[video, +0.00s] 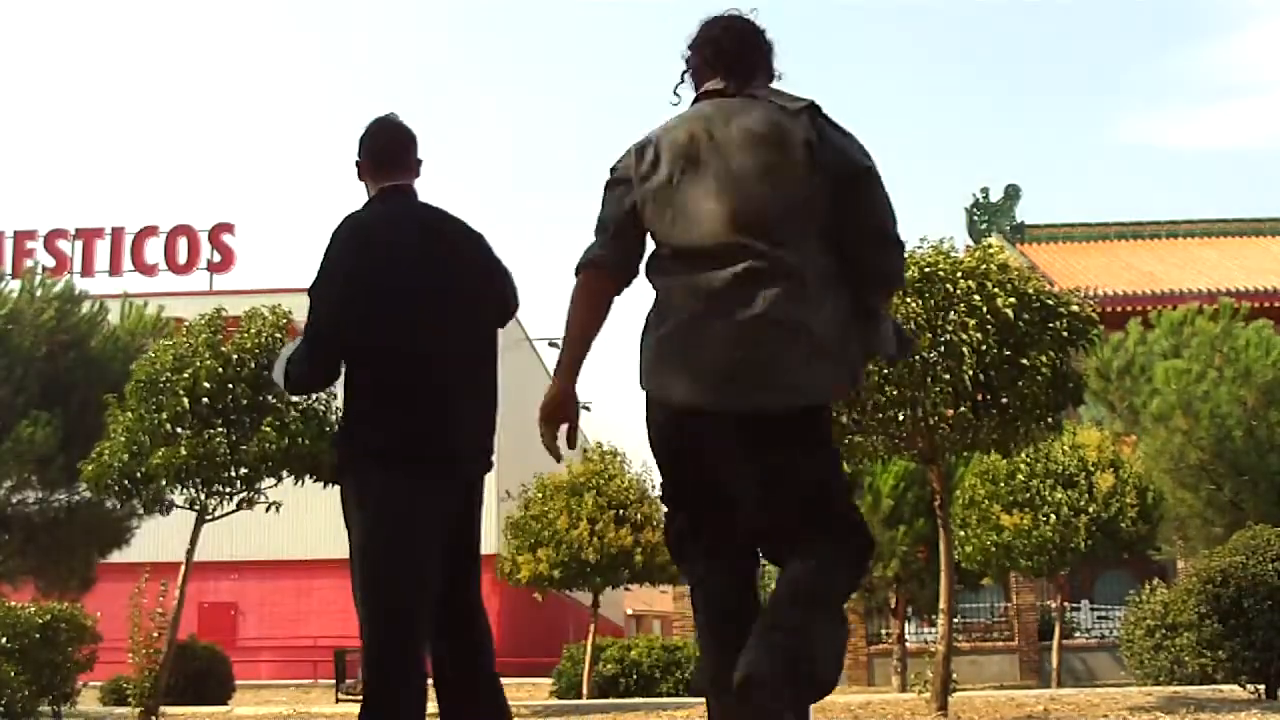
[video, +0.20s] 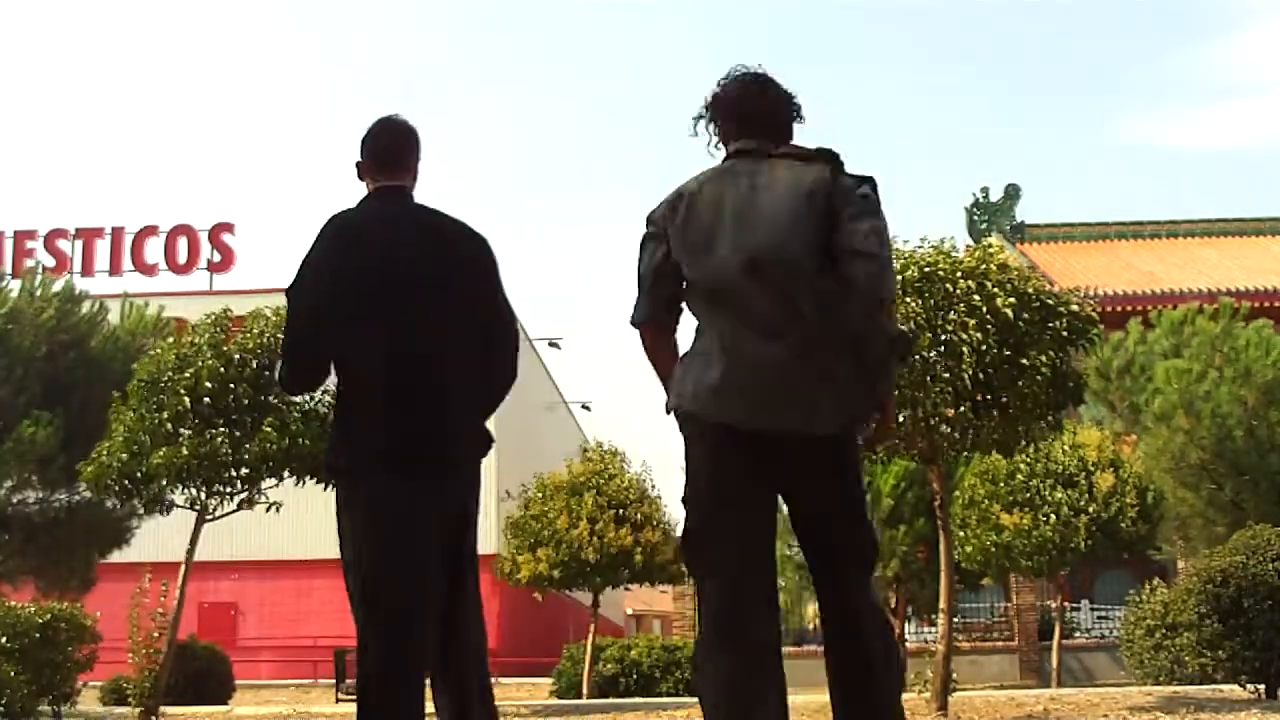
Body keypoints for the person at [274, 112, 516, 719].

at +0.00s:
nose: (365, 172)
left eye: (362, 165)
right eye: (401, 162)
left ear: (361, 168)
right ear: (418, 166)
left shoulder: (354, 239)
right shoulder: (466, 239)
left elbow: (319, 361)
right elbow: (504, 302)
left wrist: (287, 362)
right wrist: (441, 324)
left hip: (381, 454)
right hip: (460, 452)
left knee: (390, 622)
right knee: (459, 615)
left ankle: (393, 719)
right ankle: (480, 717)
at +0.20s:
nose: (369, 173)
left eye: (364, 164)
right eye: (402, 164)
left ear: (362, 168)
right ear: (419, 167)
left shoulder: (340, 237)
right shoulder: (467, 242)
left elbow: (299, 372)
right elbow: (504, 350)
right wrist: (467, 412)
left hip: (370, 452)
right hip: (455, 454)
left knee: (385, 625)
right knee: (458, 621)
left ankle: (390, 718)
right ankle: (470, 715)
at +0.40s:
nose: (426, 176)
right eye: (430, 167)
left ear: (373, 170)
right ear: (430, 171)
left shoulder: (337, 238)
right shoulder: (466, 246)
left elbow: (303, 367)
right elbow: (500, 358)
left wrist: (355, 362)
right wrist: (524, 443)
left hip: (366, 457)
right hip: (451, 456)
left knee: (383, 628)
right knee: (470, 627)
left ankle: (389, 713)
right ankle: (478, 711)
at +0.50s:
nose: (435, 181)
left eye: (424, 170)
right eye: (438, 172)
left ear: (380, 171)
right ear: (436, 174)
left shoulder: (340, 239)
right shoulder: (469, 248)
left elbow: (303, 364)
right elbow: (511, 351)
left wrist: (361, 354)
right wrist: (540, 437)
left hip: (365, 464)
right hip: (452, 461)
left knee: (379, 628)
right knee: (471, 624)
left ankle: (389, 712)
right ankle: (479, 712)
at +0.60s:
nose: (447, 183)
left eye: (442, 173)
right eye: (447, 173)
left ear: (389, 173)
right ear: (441, 175)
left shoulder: (346, 240)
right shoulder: (473, 250)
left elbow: (309, 365)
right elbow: (519, 357)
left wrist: (358, 360)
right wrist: (546, 442)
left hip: (367, 461)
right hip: (454, 457)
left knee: (380, 622)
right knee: (474, 620)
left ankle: (388, 712)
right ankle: (479, 712)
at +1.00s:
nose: (470, 196)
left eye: (468, 187)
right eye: (472, 187)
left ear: (413, 183)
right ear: (465, 187)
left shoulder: (368, 246)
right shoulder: (499, 261)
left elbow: (334, 366)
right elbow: (530, 377)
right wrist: (501, 451)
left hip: (389, 471)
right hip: (474, 473)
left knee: (395, 638)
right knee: (486, 639)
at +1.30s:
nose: (466, 207)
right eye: (472, 198)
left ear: (417, 194)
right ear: (473, 199)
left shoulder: (388, 247)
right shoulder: (509, 269)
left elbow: (347, 367)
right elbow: (529, 376)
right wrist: (489, 429)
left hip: (395, 485)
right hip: (483, 488)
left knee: (382, 663)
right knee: (490, 666)